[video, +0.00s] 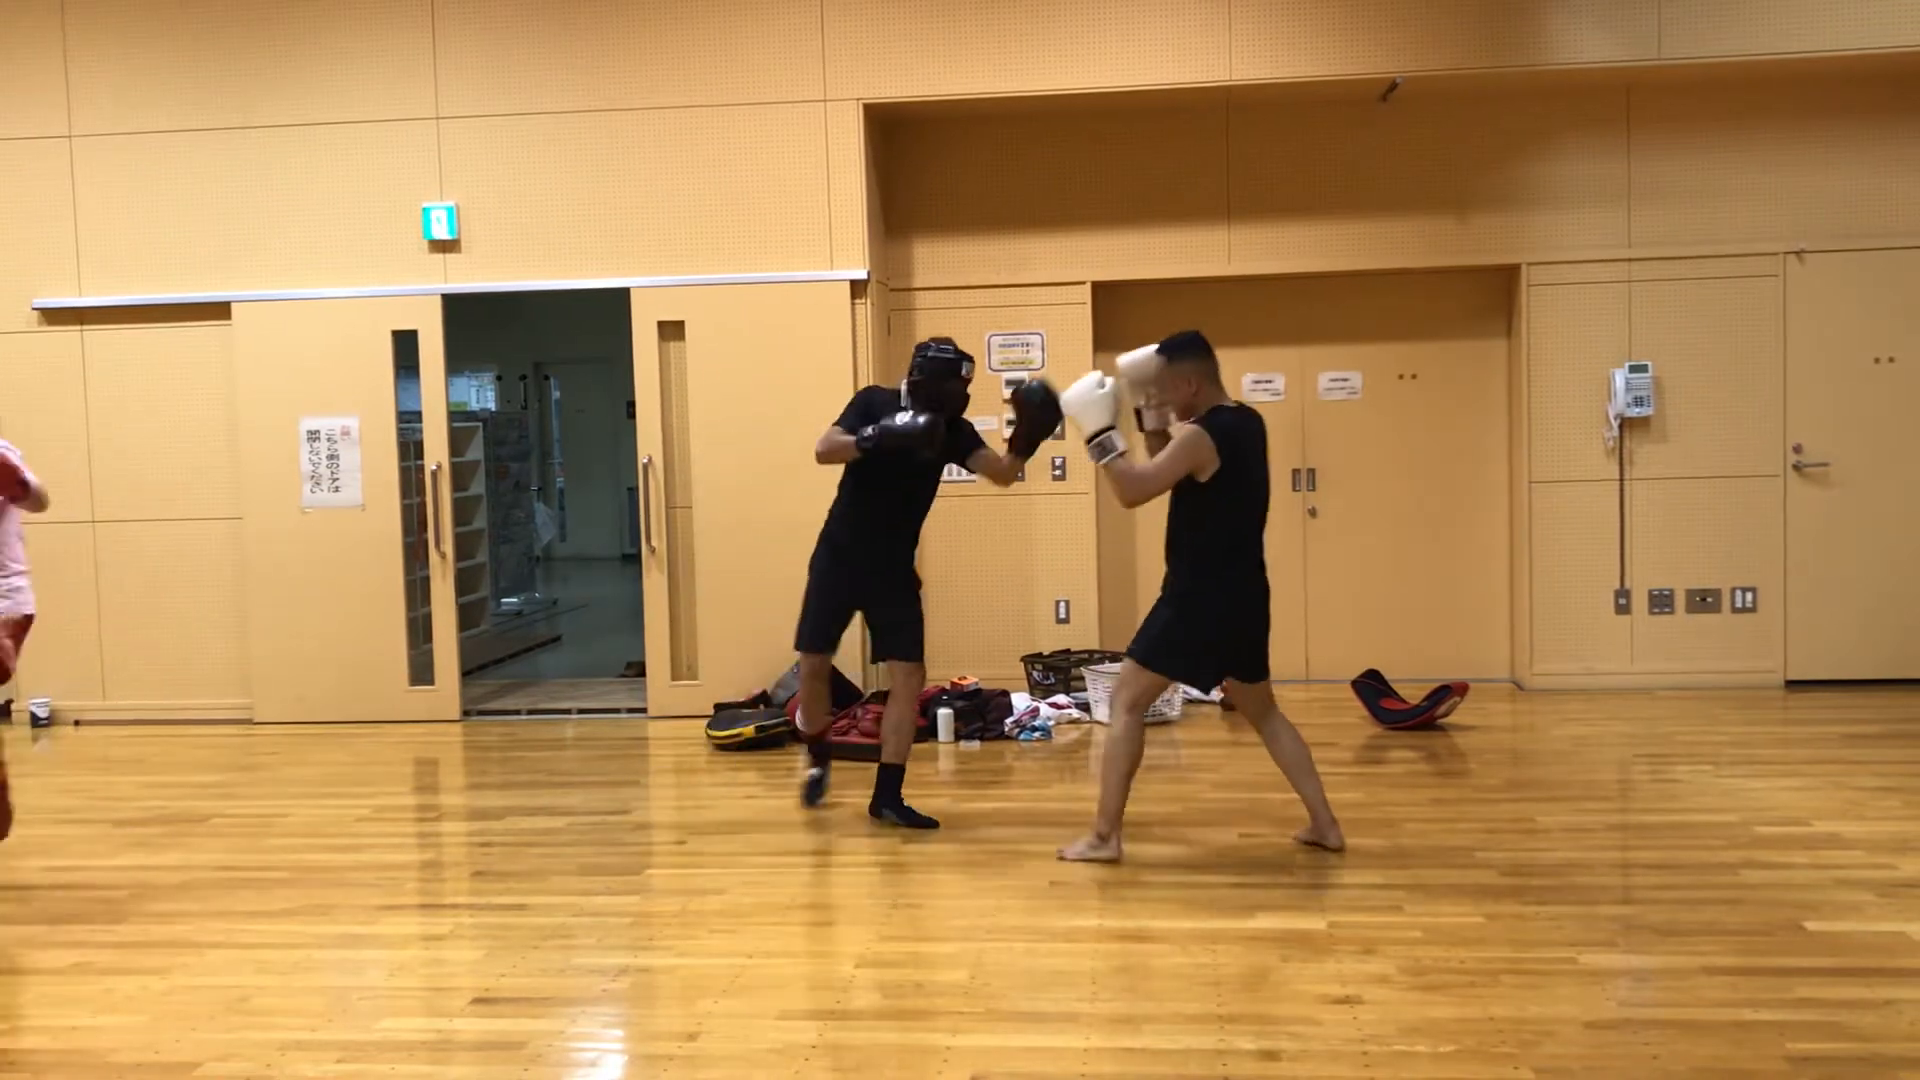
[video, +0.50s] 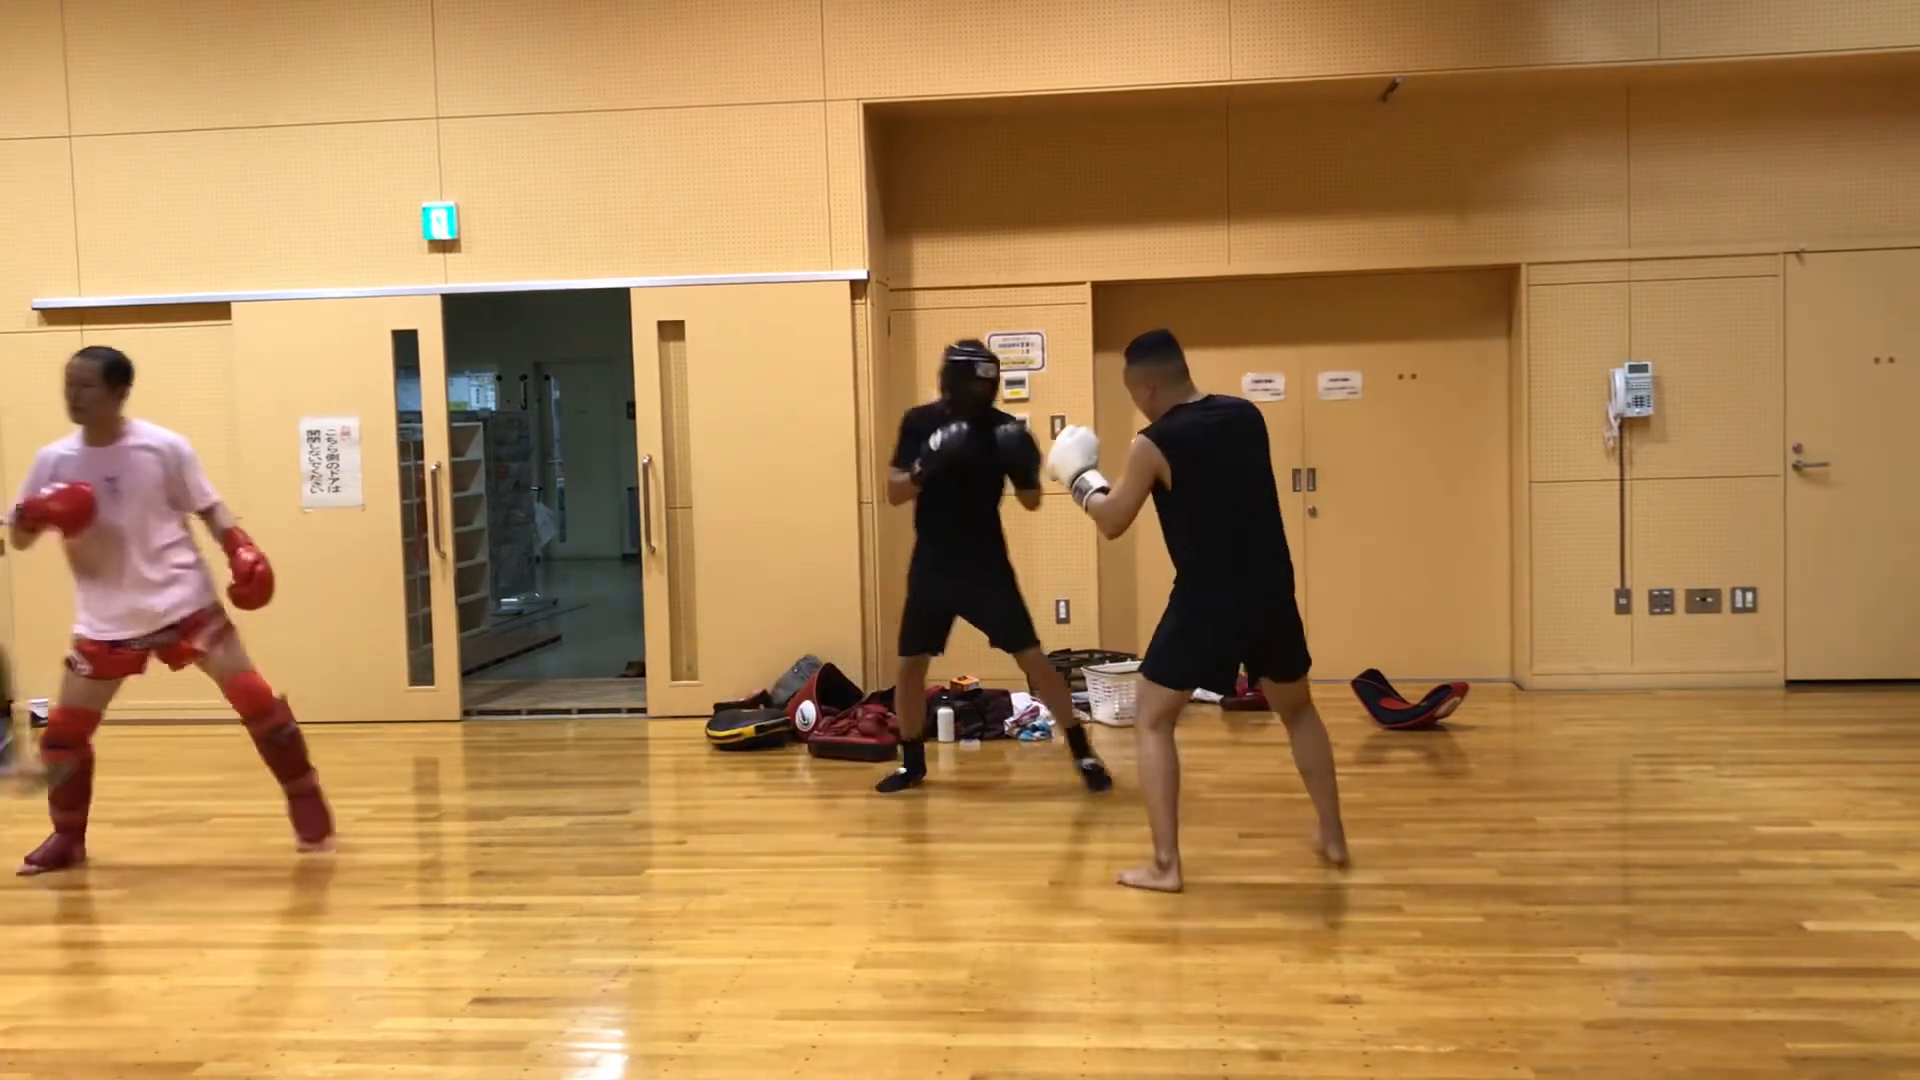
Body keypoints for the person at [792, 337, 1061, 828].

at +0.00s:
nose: (962, 393)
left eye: (965, 385)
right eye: (955, 384)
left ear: (961, 384)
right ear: (923, 380)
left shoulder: (952, 427)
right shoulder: (873, 404)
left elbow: (1002, 473)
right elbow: (824, 449)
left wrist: (1026, 435)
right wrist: (879, 435)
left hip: (895, 565)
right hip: (839, 556)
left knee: (907, 676)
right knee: (812, 663)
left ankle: (887, 797)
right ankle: (817, 762)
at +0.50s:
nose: (989, 392)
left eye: (994, 382)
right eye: (980, 382)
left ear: (997, 383)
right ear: (952, 382)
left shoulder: (1006, 429)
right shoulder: (921, 423)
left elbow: (1032, 501)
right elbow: (895, 493)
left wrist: (1019, 458)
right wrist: (930, 461)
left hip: (986, 559)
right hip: (934, 560)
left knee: (1031, 656)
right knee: (911, 662)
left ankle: (1083, 752)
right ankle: (912, 764)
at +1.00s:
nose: (1093, 390)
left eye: (1102, 380)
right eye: (1084, 381)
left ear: (1114, 375)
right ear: (1067, 377)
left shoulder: (1137, 410)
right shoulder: (1055, 416)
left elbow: (1169, 469)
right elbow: (1042, 493)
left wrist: (1144, 453)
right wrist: (1056, 464)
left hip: (1127, 541)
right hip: (1081, 544)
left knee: (1123, 652)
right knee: (1096, 657)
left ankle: (1112, 761)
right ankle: (1147, 730)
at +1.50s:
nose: (1209, 394)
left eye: (1219, 383)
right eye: (1201, 383)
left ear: (1233, 385)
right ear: (1184, 383)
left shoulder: (1244, 429)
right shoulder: (1161, 428)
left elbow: (1266, 501)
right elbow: (1136, 503)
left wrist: (1245, 455)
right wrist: (1158, 463)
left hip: (1233, 565)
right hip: (1177, 567)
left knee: (1270, 660)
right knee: (1151, 666)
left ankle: (1301, 769)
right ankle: (1167, 744)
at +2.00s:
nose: (1335, 419)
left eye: (1338, 412)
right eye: (1332, 410)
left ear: (1334, 417)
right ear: (1317, 405)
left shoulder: (1315, 458)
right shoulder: (1273, 423)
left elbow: (1301, 529)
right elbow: (1292, 428)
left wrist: (1336, 510)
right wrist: (1355, 401)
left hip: (1271, 565)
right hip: (1223, 562)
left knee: (1315, 657)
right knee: (1182, 665)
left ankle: (1316, 773)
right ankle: (1141, 745)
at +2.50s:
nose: (1332, 383)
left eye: (1340, 374)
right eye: (1322, 373)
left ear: (1348, 374)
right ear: (1300, 370)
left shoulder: (1352, 417)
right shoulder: (1274, 403)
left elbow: (1389, 468)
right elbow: (1236, 467)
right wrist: (1272, 431)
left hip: (1316, 543)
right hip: (1266, 540)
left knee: (1327, 654)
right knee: (1230, 651)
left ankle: (1321, 771)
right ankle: (1246, 725)